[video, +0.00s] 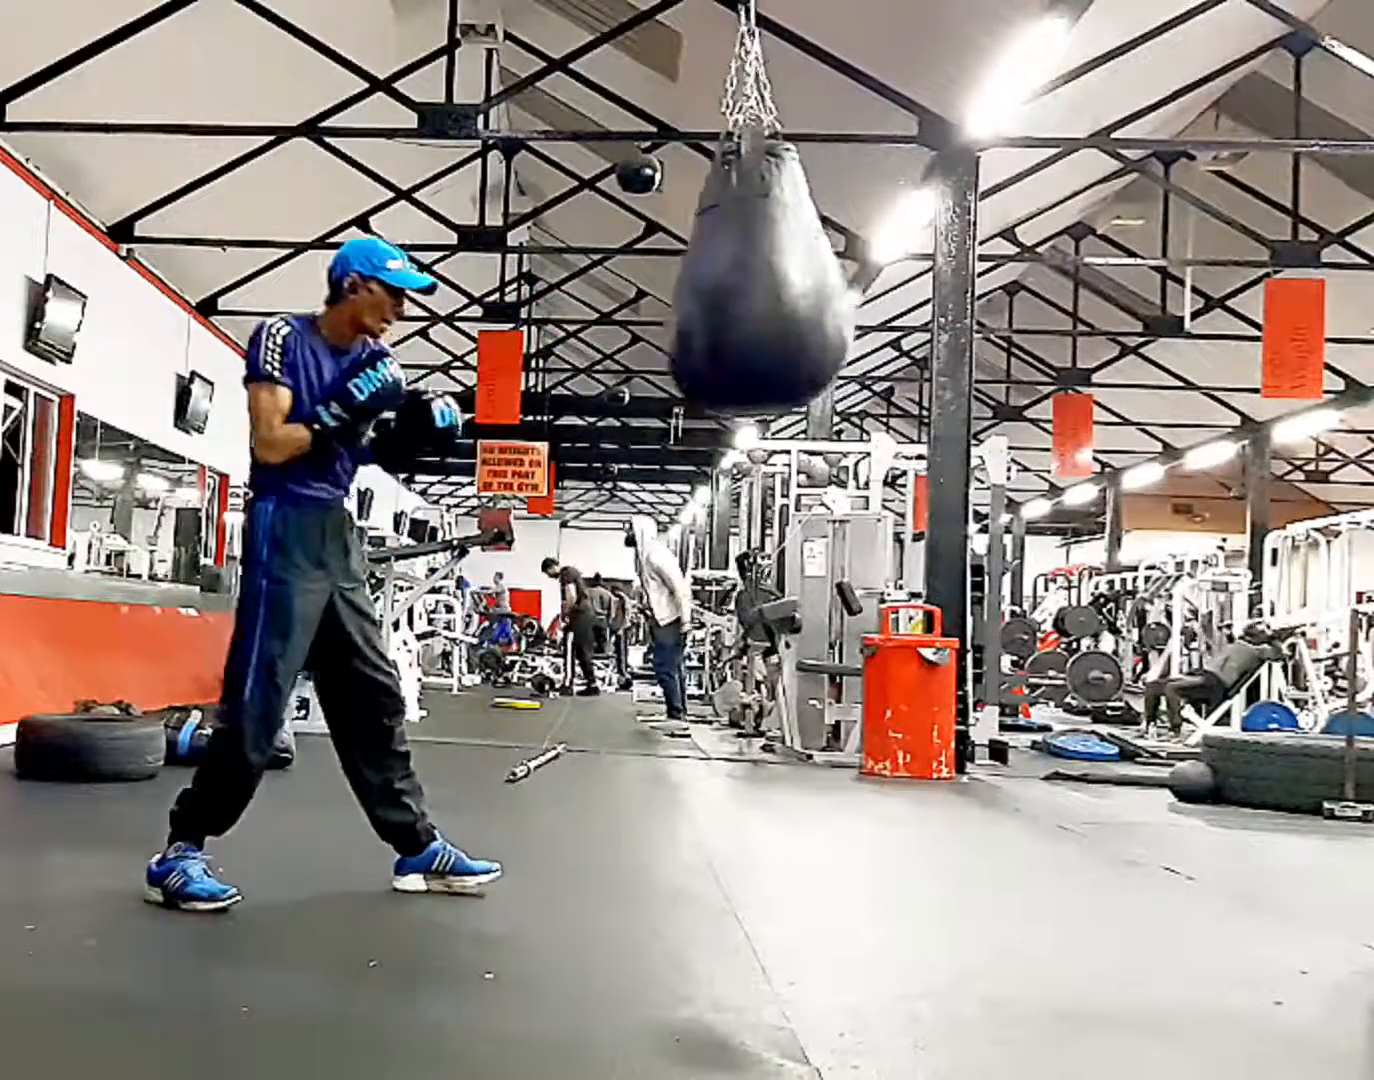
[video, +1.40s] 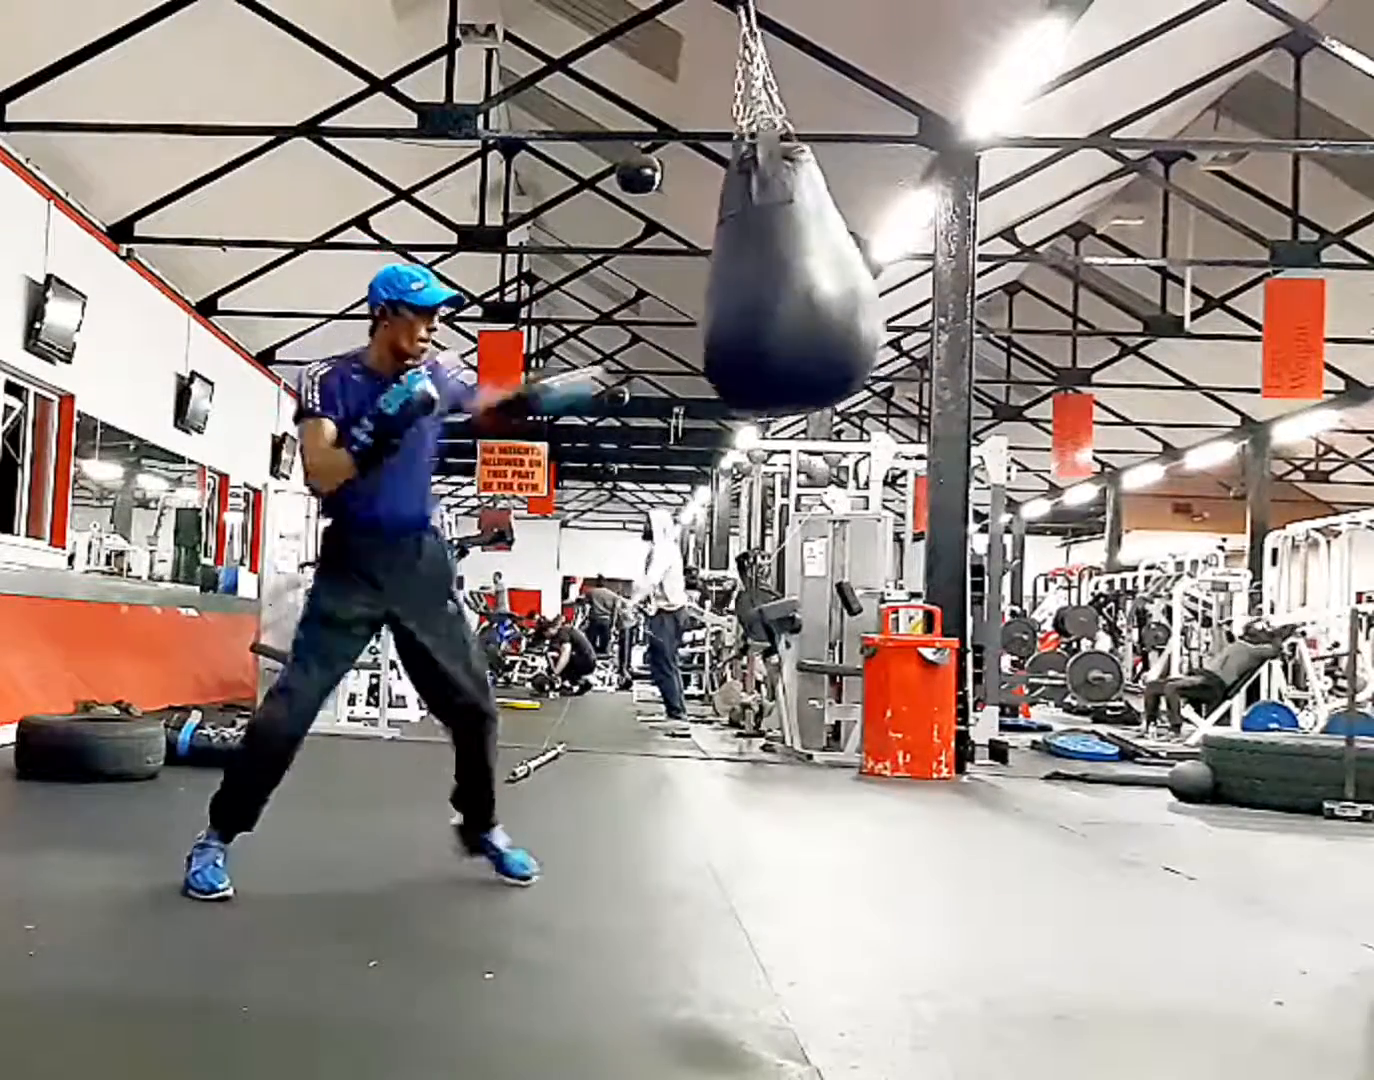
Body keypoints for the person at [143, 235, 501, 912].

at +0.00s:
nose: (395, 318)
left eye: (400, 307)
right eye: (389, 302)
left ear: (374, 299)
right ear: (352, 288)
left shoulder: (370, 364)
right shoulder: (280, 338)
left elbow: (385, 456)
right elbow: (268, 445)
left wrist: (419, 437)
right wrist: (347, 414)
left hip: (337, 536)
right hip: (284, 533)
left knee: (370, 699)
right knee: (257, 705)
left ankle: (417, 848)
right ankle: (179, 852)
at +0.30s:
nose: (429, 302)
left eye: (431, 291)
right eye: (421, 288)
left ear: (407, 292)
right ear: (383, 284)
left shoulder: (393, 358)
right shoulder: (333, 345)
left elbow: (380, 446)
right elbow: (351, 455)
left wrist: (423, 410)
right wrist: (408, 404)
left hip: (380, 539)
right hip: (329, 540)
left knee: (418, 691)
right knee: (285, 709)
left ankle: (424, 851)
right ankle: (186, 850)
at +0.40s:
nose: (425, 303)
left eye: (428, 291)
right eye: (417, 288)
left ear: (414, 291)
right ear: (378, 280)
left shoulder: (409, 348)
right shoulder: (317, 348)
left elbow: (470, 358)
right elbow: (326, 457)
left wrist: (537, 351)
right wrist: (393, 403)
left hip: (402, 539)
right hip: (336, 540)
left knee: (432, 699)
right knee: (291, 702)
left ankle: (429, 850)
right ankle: (200, 849)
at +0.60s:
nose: (402, 311)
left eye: (405, 300)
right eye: (391, 297)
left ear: (396, 302)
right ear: (352, 294)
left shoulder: (404, 358)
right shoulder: (292, 365)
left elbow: (486, 396)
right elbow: (295, 471)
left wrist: (509, 440)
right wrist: (356, 414)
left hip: (387, 552)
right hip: (319, 554)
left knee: (435, 694)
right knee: (279, 707)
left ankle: (427, 851)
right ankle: (198, 850)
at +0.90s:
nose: (415, 342)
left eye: (420, 331)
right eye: (409, 325)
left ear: (401, 326)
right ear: (372, 314)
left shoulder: (394, 377)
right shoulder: (301, 360)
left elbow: (418, 452)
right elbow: (279, 470)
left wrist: (433, 487)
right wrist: (360, 439)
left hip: (363, 551)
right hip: (302, 554)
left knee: (422, 693)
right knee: (268, 705)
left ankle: (426, 850)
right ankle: (193, 852)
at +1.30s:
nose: (418, 339)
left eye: (421, 328)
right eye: (410, 326)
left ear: (405, 328)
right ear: (374, 320)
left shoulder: (399, 393)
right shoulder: (315, 378)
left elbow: (403, 472)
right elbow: (334, 474)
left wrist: (442, 462)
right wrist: (397, 426)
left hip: (394, 565)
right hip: (332, 570)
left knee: (469, 691)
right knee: (297, 722)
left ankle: (444, 835)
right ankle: (214, 843)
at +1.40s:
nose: (425, 337)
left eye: (432, 325)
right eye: (416, 324)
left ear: (432, 326)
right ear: (382, 317)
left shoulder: (436, 378)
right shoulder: (331, 382)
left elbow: (492, 405)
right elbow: (321, 475)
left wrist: (536, 397)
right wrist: (379, 432)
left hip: (423, 569)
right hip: (350, 570)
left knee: (474, 705)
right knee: (288, 711)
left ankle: (479, 828)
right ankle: (216, 841)